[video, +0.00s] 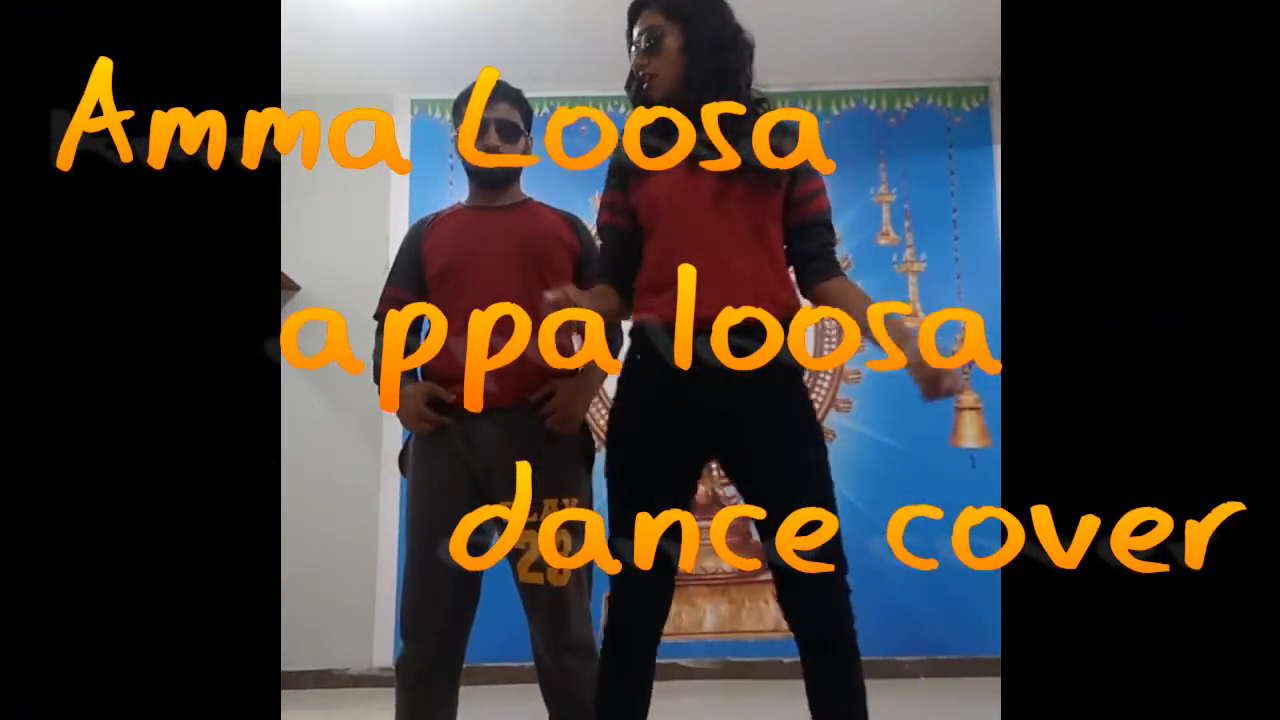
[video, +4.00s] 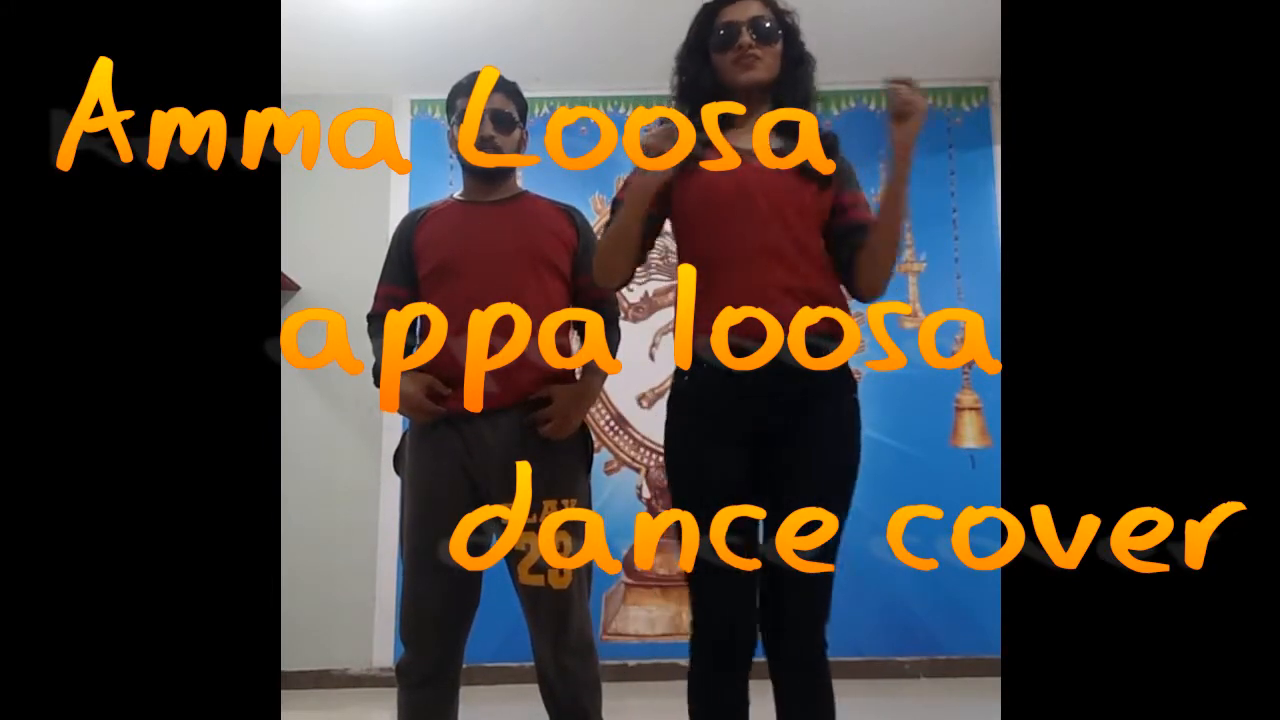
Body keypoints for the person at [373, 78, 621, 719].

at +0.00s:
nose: (496, 141)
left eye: (510, 131)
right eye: (483, 130)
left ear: (529, 145)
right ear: (459, 140)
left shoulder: (568, 230)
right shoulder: (426, 235)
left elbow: (607, 317)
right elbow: (386, 334)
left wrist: (590, 378)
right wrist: (398, 389)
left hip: (546, 438)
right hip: (447, 442)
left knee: (563, 623)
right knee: (430, 625)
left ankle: (580, 719)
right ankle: (422, 719)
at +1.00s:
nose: (493, 136)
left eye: (505, 126)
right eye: (478, 126)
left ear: (523, 142)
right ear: (454, 139)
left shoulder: (561, 214)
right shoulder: (418, 216)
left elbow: (595, 303)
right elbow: (388, 305)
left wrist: (579, 374)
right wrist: (402, 365)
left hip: (540, 434)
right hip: (442, 437)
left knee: (558, 617)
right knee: (431, 618)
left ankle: (575, 716)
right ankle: (425, 717)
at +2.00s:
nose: (491, 129)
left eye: (504, 117)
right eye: (476, 117)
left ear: (521, 131)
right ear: (452, 129)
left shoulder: (559, 204)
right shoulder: (420, 206)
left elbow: (596, 294)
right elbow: (384, 292)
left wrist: (583, 366)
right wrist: (406, 357)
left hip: (540, 428)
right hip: (441, 432)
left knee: (559, 609)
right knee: (432, 611)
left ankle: (578, 716)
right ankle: (424, 718)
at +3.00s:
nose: (493, 131)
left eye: (507, 120)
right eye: (478, 119)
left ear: (525, 136)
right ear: (455, 133)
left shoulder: (567, 224)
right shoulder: (419, 227)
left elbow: (606, 321)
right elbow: (384, 320)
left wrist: (590, 389)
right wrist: (393, 376)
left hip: (543, 441)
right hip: (441, 443)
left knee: (563, 628)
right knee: (429, 631)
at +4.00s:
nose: (489, 131)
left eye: (503, 121)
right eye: (475, 121)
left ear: (523, 135)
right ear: (453, 132)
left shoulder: (564, 222)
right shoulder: (418, 227)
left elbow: (604, 317)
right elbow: (384, 320)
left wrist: (587, 385)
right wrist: (394, 376)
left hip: (543, 440)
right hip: (441, 442)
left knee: (562, 623)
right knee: (430, 624)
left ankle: (580, 719)